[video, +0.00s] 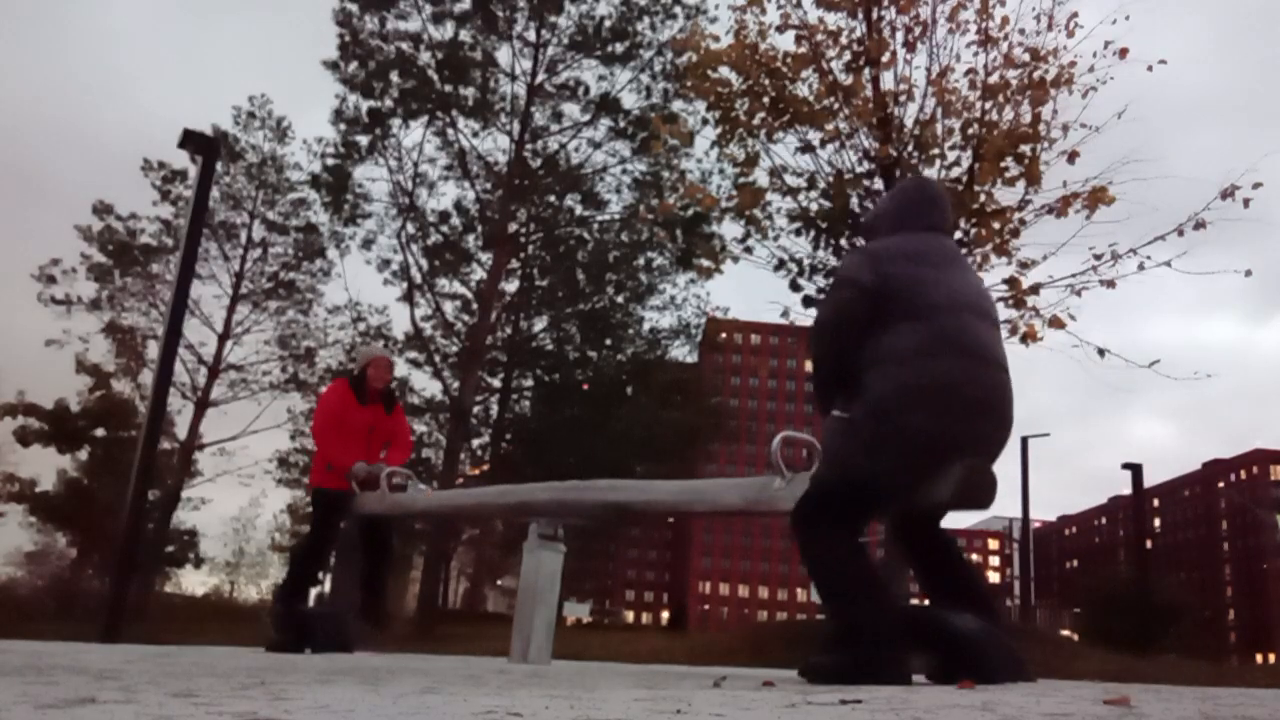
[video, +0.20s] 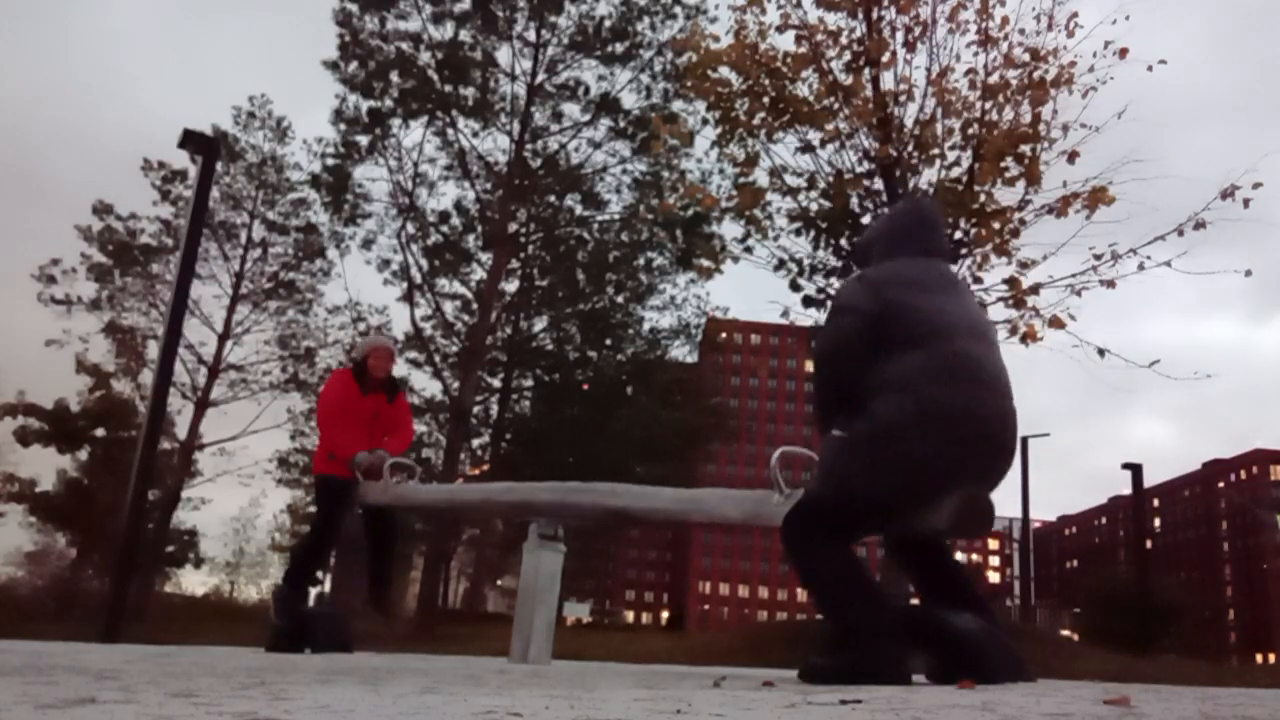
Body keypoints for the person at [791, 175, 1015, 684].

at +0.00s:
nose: (869, 218)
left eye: (877, 209)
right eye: (873, 208)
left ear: (890, 215)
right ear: (936, 221)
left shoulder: (873, 258)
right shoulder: (960, 269)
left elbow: (831, 327)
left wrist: (832, 394)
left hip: (906, 413)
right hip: (985, 416)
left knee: (820, 518)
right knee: (915, 526)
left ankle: (869, 649)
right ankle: (986, 643)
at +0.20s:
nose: (859, 253)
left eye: (867, 243)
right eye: (862, 244)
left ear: (883, 243)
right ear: (930, 244)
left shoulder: (870, 285)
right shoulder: (958, 291)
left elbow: (835, 358)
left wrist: (832, 419)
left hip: (908, 432)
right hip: (988, 436)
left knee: (809, 528)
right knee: (915, 541)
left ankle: (869, 649)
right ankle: (987, 650)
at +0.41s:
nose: (854, 281)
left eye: (860, 274)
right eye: (857, 274)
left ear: (876, 272)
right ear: (922, 273)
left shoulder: (866, 313)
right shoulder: (947, 315)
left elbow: (834, 398)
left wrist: (835, 444)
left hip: (916, 455)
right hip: (994, 461)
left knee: (802, 538)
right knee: (934, 566)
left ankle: (867, 650)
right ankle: (990, 659)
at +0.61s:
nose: (854, 314)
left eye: (858, 304)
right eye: (855, 304)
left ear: (873, 300)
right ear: (923, 300)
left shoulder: (862, 345)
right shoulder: (954, 347)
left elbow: (833, 442)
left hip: (912, 494)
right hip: (994, 499)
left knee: (796, 546)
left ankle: (863, 650)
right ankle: (976, 649)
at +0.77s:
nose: (853, 332)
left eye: (859, 321)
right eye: (855, 322)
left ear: (876, 318)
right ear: (925, 317)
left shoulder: (866, 362)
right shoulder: (954, 362)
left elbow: (836, 459)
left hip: (921, 513)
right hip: (1001, 518)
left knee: (794, 547)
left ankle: (864, 654)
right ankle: (979, 654)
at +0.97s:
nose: (853, 322)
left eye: (858, 313)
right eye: (856, 313)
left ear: (873, 309)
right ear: (923, 309)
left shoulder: (865, 349)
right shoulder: (954, 354)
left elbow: (837, 443)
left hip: (919, 500)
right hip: (1001, 504)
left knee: (796, 542)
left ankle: (863, 651)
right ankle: (981, 653)